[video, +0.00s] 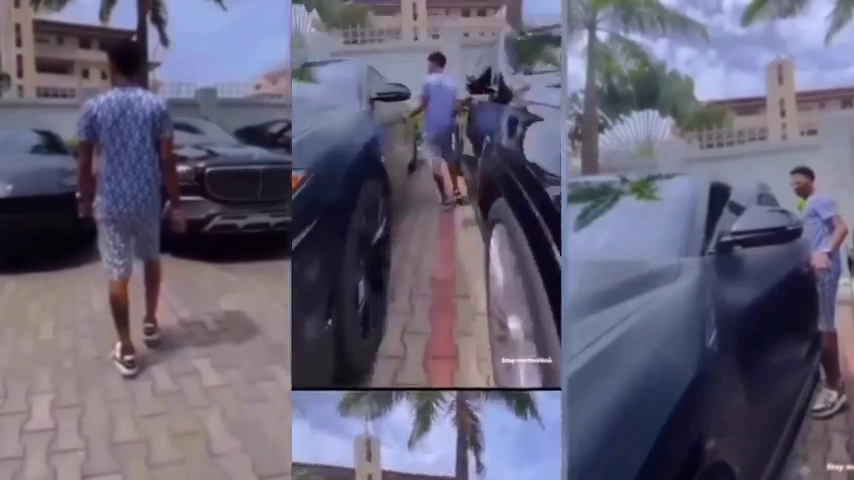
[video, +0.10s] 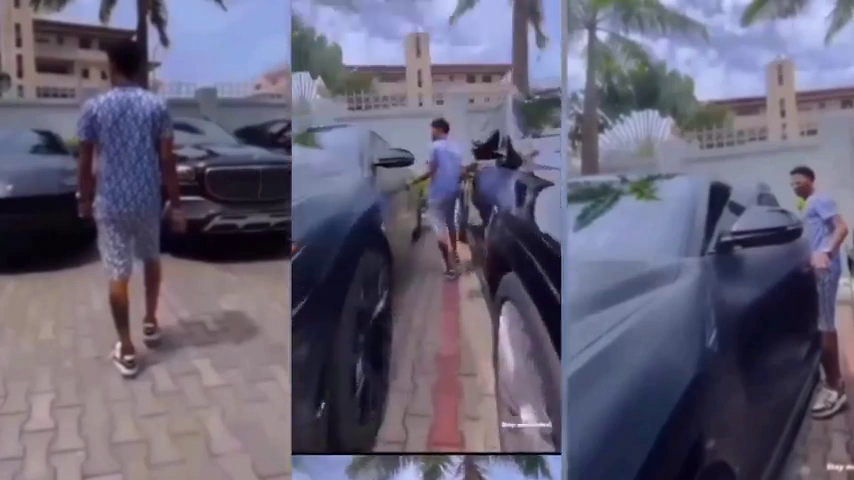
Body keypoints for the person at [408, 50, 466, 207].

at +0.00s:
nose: (428, 67)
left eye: (429, 64)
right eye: (429, 64)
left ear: (433, 65)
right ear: (443, 66)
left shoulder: (428, 81)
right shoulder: (452, 82)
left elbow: (423, 104)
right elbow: (457, 105)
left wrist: (412, 114)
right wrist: (451, 113)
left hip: (432, 127)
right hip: (448, 126)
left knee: (435, 161)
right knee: (450, 160)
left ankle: (444, 197)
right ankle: (457, 190)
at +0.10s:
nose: (432, 134)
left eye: (434, 131)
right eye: (432, 131)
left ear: (439, 131)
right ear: (446, 132)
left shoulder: (436, 147)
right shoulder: (456, 147)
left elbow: (431, 170)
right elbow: (461, 169)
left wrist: (415, 181)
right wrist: (455, 180)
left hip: (440, 191)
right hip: (454, 190)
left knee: (437, 225)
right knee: (450, 223)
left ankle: (449, 266)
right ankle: (455, 254)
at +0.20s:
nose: (436, 160)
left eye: (438, 157)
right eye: (437, 157)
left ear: (445, 157)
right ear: (450, 158)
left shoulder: (441, 172)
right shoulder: (461, 173)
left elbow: (440, 195)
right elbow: (468, 194)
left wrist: (422, 205)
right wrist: (462, 206)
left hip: (446, 215)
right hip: (459, 214)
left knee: (444, 249)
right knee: (453, 247)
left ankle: (455, 295)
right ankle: (450, 273)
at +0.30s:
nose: (442, 168)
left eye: (443, 165)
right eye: (442, 165)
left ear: (450, 164)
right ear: (455, 165)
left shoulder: (449, 178)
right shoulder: (464, 179)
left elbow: (449, 200)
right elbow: (471, 202)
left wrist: (426, 210)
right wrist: (461, 212)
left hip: (452, 223)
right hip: (463, 222)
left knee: (451, 259)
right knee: (453, 253)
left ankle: (462, 304)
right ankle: (452, 283)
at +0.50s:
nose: (452, 178)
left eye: (454, 174)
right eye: (452, 174)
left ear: (462, 174)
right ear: (464, 175)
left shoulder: (464, 187)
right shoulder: (470, 187)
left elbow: (464, 208)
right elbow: (468, 210)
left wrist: (441, 220)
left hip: (463, 232)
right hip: (470, 231)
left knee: (456, 267)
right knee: (461, 266)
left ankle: (474, 309)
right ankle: (465, 300)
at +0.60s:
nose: (456, 183)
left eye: (458, 179)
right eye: (456, 179)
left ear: (467, 179)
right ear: (468, 180)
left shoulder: (469, 193)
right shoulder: (473, 192)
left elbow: (472, 213)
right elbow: (473, 215)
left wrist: (454, 226)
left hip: (469, 239)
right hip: (473, 238)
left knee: (460, 272)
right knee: (469, 274)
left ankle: (479, 314)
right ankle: (473, 309)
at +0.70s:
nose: (460, 192)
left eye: (462, 189)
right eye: (460, 189)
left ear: (469, 188)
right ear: (469, 188)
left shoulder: (475, 201)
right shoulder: (474, 202)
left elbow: (483, 220)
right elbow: (478, 223)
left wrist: (466, 236)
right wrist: (464, 239)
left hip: (475, 248)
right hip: (476, 248)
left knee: (468, 284)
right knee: (476, 286)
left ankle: (483, 327)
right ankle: (479, 322)